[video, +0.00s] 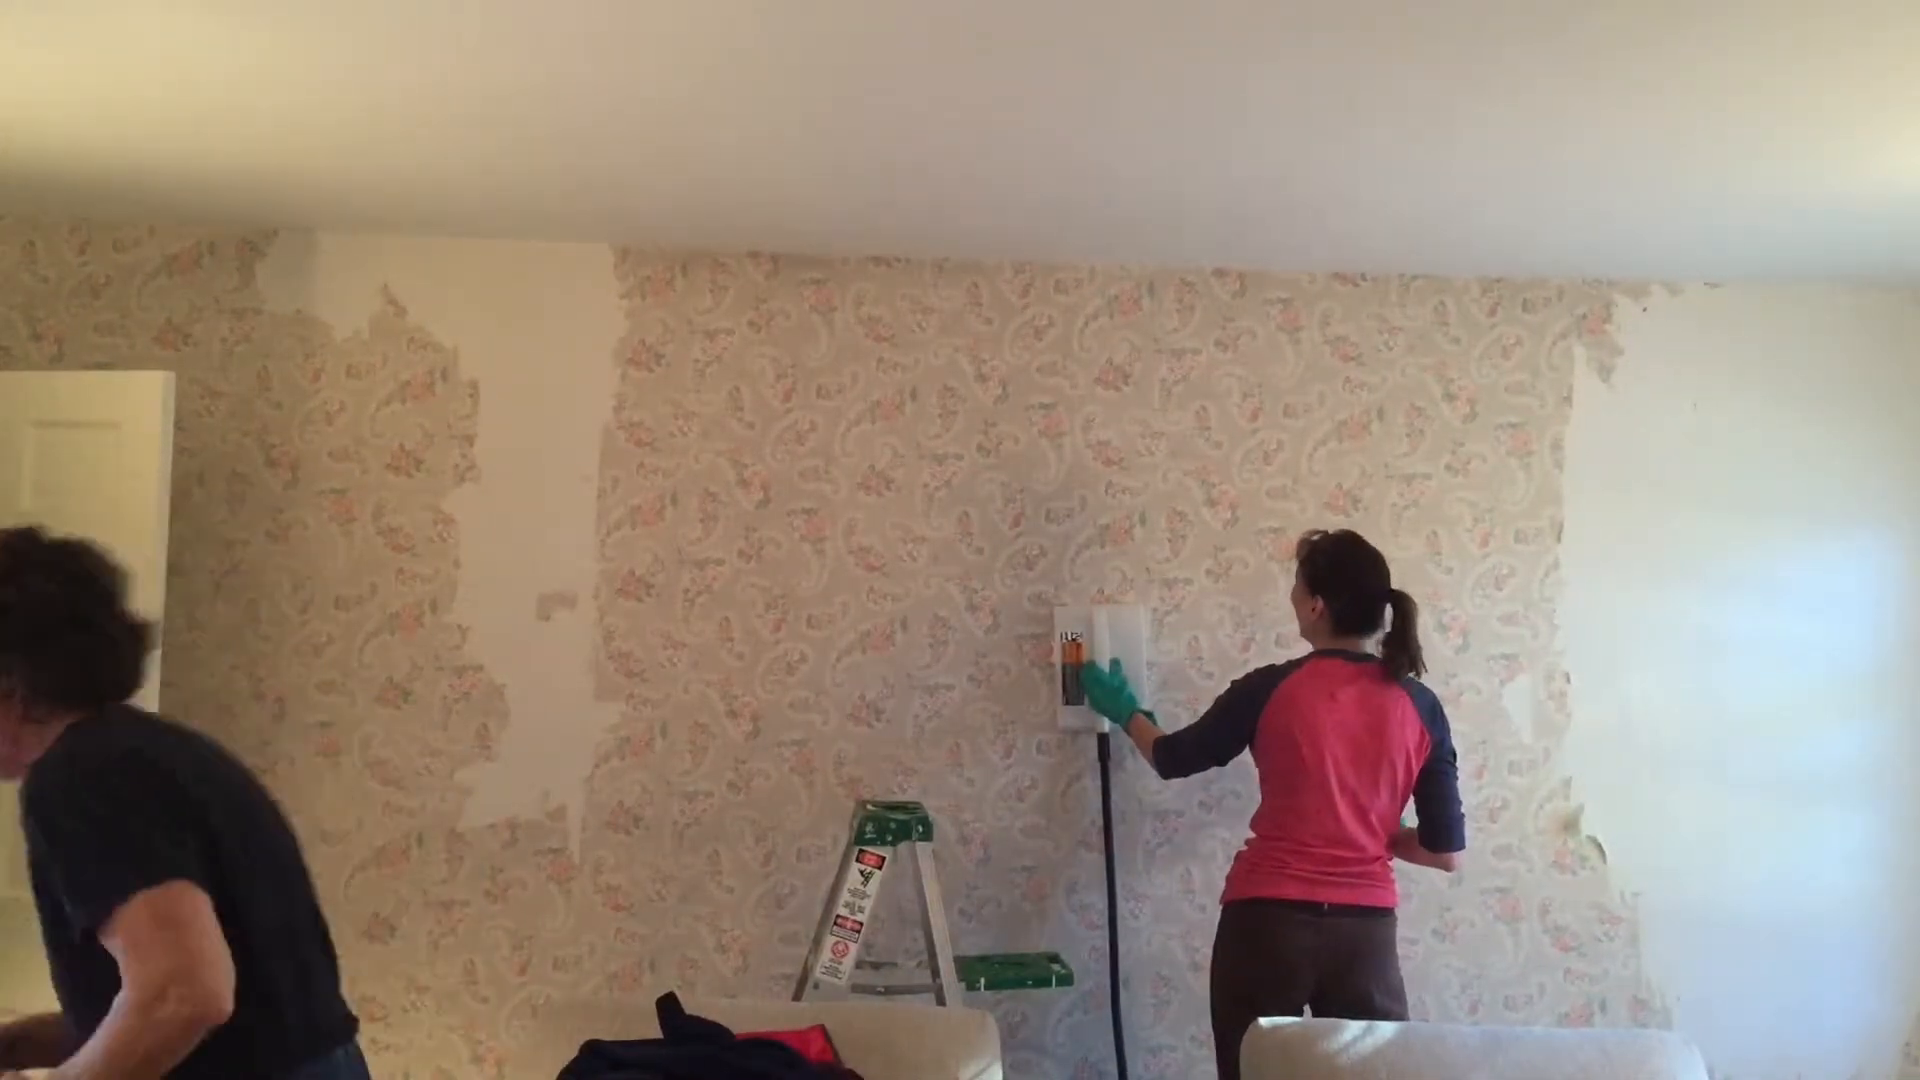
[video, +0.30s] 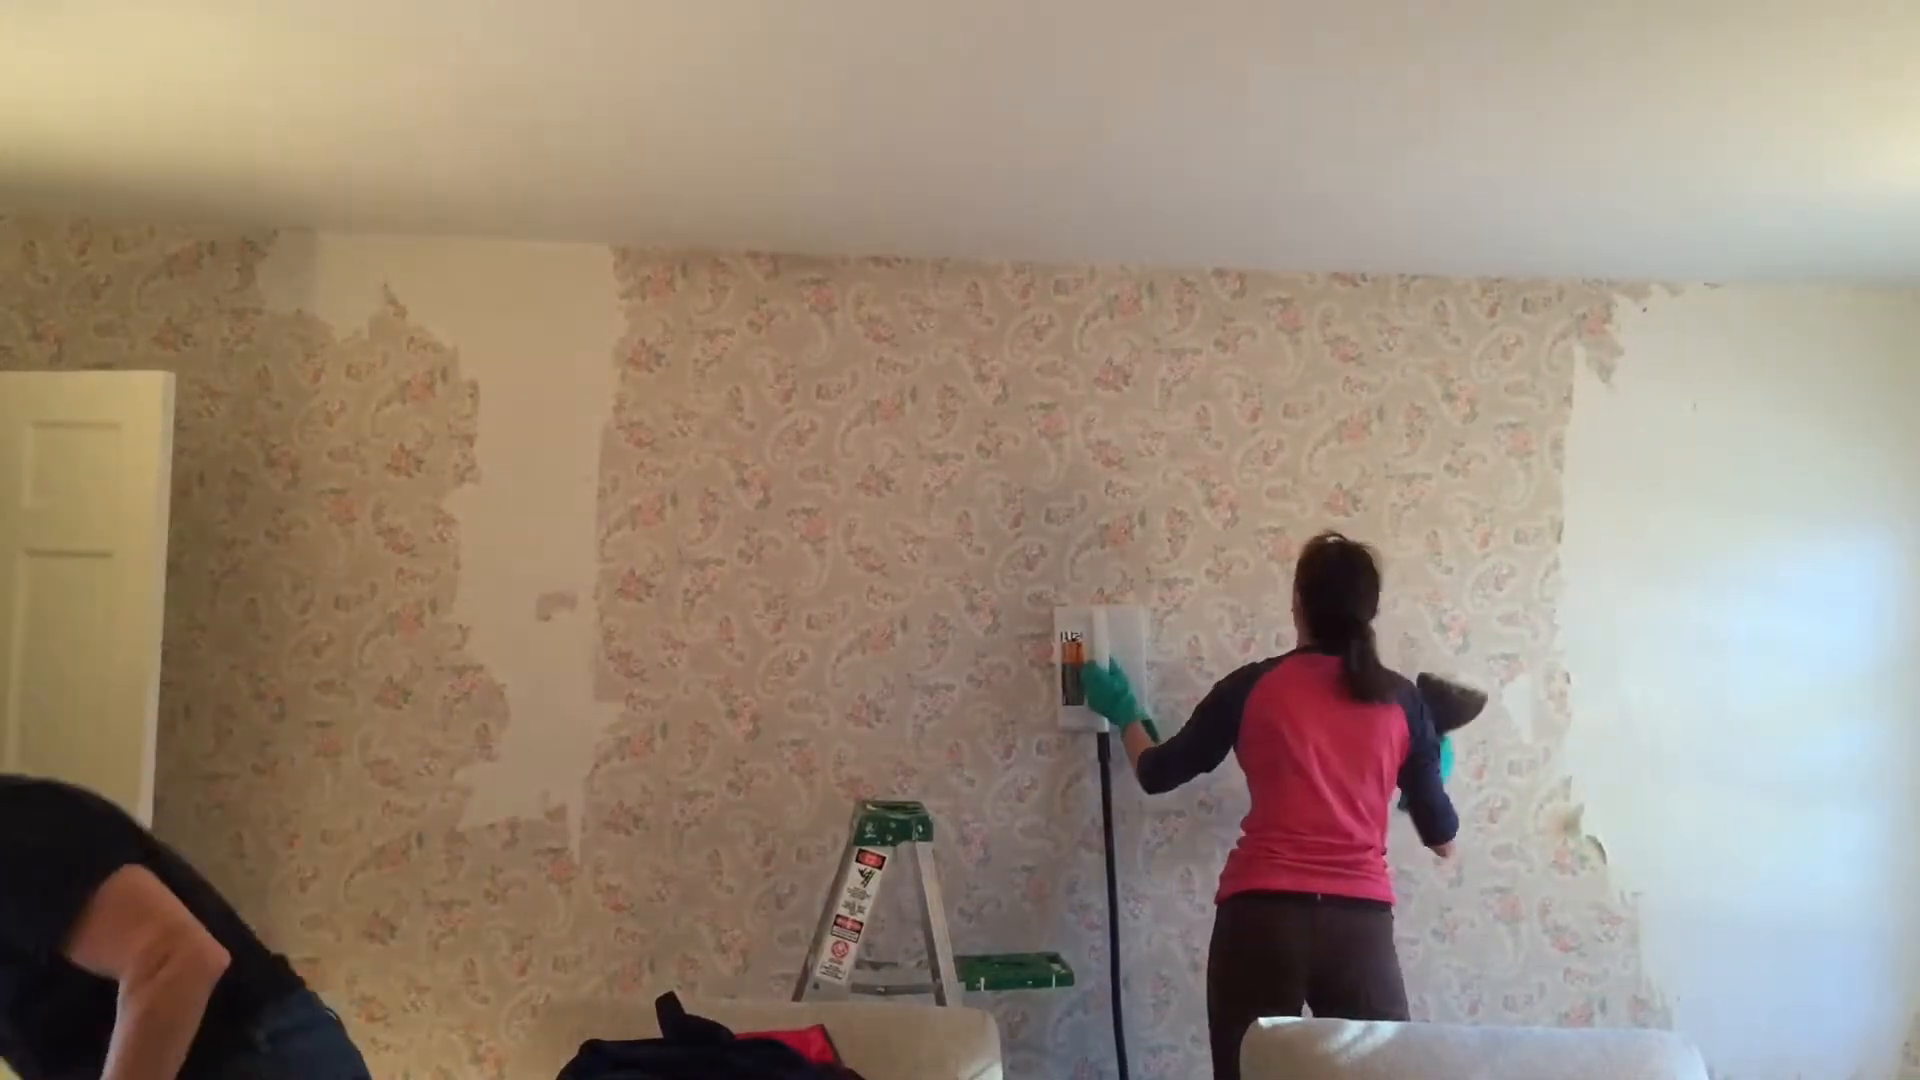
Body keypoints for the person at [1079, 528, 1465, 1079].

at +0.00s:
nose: (1293, 597)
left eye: (1298, 586)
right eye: (1297, 585)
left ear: (1316, 605)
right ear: (1376, 606)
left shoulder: (1270, 687)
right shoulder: (1421, 705)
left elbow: (1169, 758)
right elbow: (1444, 849)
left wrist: (1125, 713)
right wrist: (1373, 828)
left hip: (1263, 930)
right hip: (1365, 938)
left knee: (1248, 1074)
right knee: (1379, 1076)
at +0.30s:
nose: (1292, 599)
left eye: (1294, 590)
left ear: (1298, 602)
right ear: (1372, 608)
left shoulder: (1251, 687)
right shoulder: (1402, 701)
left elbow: (1155, 774)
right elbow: (1442, 838)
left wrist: (1124, 713)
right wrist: (1433, 770)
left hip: (1257, 927)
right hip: (1359, 933)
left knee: (1243, 1075)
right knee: (1382, 1075)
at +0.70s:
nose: (1260, 616)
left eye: (1265, 604)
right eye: (1262, 604)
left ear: (1284, 614)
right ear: (1338, 615)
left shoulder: (1240, 689)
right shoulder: (1386, 699)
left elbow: (1135, 784)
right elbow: (1442, 819)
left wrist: (1119, 715)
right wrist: (1431, 755)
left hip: (1257, 921)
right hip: (1358, 927)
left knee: (1244, 1074)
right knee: (1378, 1074)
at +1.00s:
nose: (1233, 633)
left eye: (1237, 617)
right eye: (1231, 619)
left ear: (1274, 615)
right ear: (1292, 615)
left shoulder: (1238, 690)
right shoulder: (1383, 694)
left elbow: (1145, 790)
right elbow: (1430, 817)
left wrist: (1124, 716)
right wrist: (1429, 759)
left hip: (1272, 918)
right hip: (1370, 919)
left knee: (1256, 1074)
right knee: (1400, 1074)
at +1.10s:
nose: (1228, 631)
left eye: (1232, 614)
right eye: (1226, 615)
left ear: (1268, 613)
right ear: (1305, 612)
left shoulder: (1234, 692)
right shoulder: (1378, 691)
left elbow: (1150, 795)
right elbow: (1427, 812)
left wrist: (1137, 722)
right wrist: (1430, 759)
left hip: (1273, 920)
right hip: (1371, 919)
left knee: (1257, 1074)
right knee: (1399, 1073)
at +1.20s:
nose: (1223, 624)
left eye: (1227, 608)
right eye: (1222, 609)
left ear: (1264, 611)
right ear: (1298, 610)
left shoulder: (1234, 692)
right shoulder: (1377, 690)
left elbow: (1156, 796)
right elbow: (1425, 809)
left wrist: (1146, 724)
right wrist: (1431, 757)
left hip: (1271, 920)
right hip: (1369, 922)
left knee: (1258, 1073)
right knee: (1397, 1073)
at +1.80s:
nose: (1211, 635)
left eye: (1210, 622)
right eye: (1206, 623)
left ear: (1247, 620)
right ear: (1281, 611)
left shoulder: (1246, 696)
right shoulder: (1365, 688)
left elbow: (1160, 735)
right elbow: (1423, 793)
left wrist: (1132, 663)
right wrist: (1433, 753)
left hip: (1259, 929)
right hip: (1352, 929)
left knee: (1242, 1074)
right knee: (1367, 1076)